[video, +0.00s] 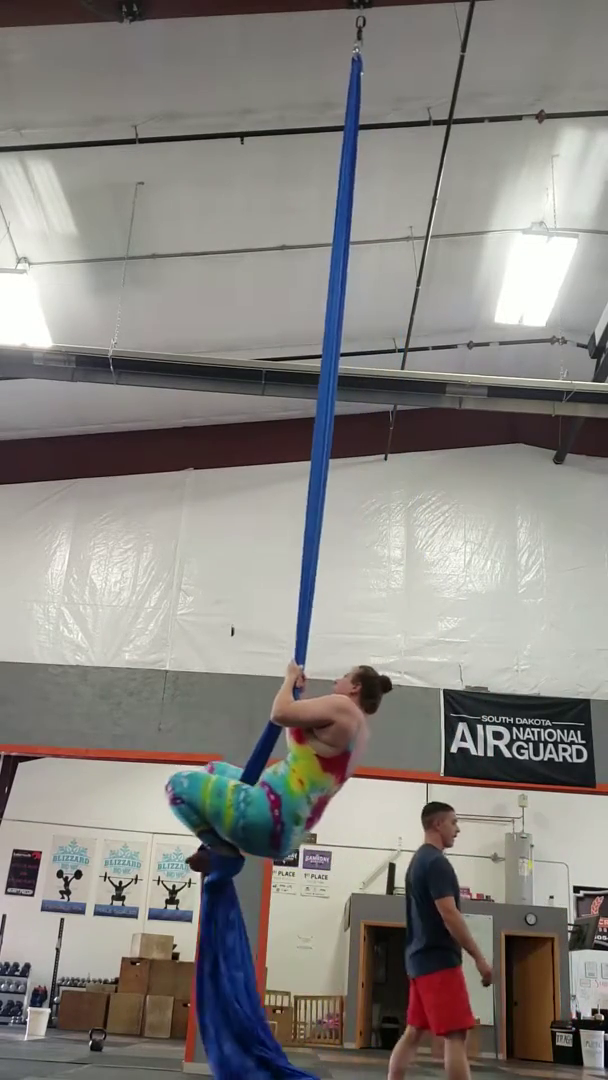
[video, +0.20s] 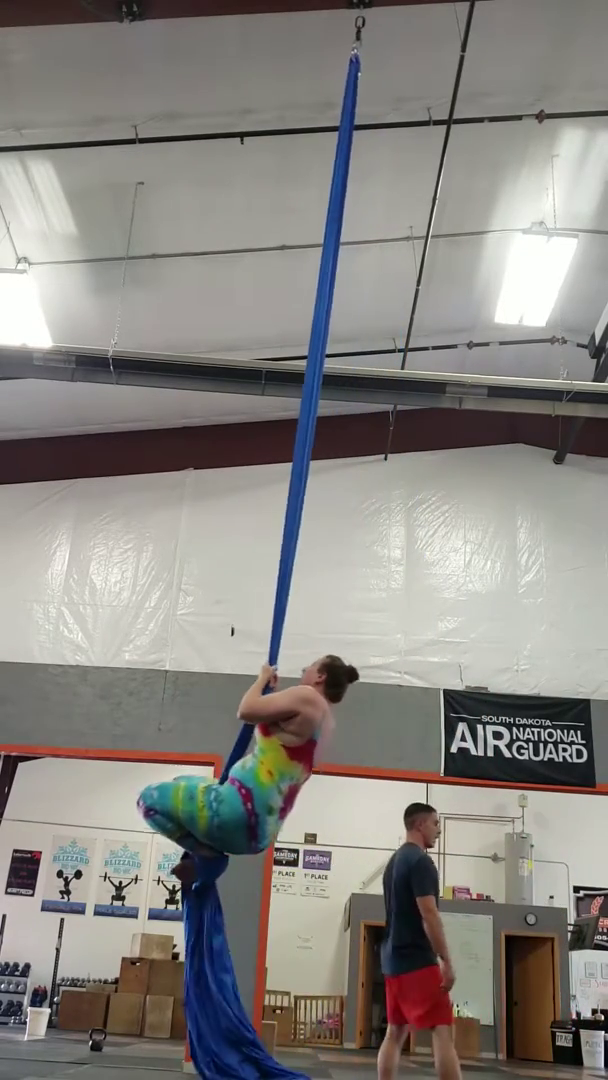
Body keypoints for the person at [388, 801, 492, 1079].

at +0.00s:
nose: (457, 829)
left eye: (456, 823)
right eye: (453, 822)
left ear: (433, 825)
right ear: (436, 824)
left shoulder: (419, 860)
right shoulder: (436, 861)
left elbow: (423, 917)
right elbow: (448, 914)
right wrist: (479, 958)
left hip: (419, 960)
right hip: (439, 962)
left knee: (413, 1034)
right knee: (456, 1036)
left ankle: (393, 1076)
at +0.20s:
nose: (438, 830)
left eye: (438, 824)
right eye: (435, 823)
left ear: (413, 825)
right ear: (418, 824)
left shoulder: (395, 860)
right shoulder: (420, 861)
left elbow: (396, 914)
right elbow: (428, 913)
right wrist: (446, 960)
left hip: (393, 959)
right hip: (418, 961)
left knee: (394, 1033)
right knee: (442, 1032)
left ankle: (384, 1077)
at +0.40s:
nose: (425, 828)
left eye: (425, 823)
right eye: (421, 822)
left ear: (401, 824)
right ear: (406, 823)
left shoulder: (385, 859)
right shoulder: (407, 858)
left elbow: (383, 913)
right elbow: (413, 910)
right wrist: (429, 956)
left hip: (382, 959)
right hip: (407, 959)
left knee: (386, 1032)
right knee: (430, 1030)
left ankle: (380, 1078)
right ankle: (441, 1076)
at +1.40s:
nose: (453, 836)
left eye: (453, 830)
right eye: (451, 830)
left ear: (426, 831)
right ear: (441, 831)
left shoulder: (406, 866)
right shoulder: (441, 866)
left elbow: (406, 918)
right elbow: (452, 919)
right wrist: (469, 964)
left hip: (403, 963)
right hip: (434, 964)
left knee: (406, 1032)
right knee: (448, 1035)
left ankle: (388, 1077)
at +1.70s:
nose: (461, 838)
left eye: (461, 833)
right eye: (461, 833)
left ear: (434, 832)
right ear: (455, 833)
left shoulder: (416, 866)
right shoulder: (452, 867)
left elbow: (416, 916)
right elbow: (467, 920)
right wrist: (484, 965)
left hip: (416, 960)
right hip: (443, 960)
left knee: (424, 1030)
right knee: (455, 1032)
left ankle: (396, 1076)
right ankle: (450, 1077)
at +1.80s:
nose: (461, 836)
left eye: (460, 831)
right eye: (459, 831)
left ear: (434, 832)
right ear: (449, 833)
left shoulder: (416, 867)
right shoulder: (447, 868)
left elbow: (422, 916)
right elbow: (464, 921)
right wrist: (487, 961)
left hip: (416, 962)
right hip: (441, 963)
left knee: (422, 1033)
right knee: (452, 1035)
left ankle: (402, 1077)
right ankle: (449, 1078)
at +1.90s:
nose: (457, 837)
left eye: (457, 831)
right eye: (454, 831)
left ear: (434, 833)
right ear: (441, 833)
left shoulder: (415, 867)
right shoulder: (439, 869)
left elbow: (418, 919)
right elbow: (456, 921)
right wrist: (485, 957)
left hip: (414, 962)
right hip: (437, 963)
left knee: (420, 1034)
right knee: (452, 1034)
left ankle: (400, 1077)